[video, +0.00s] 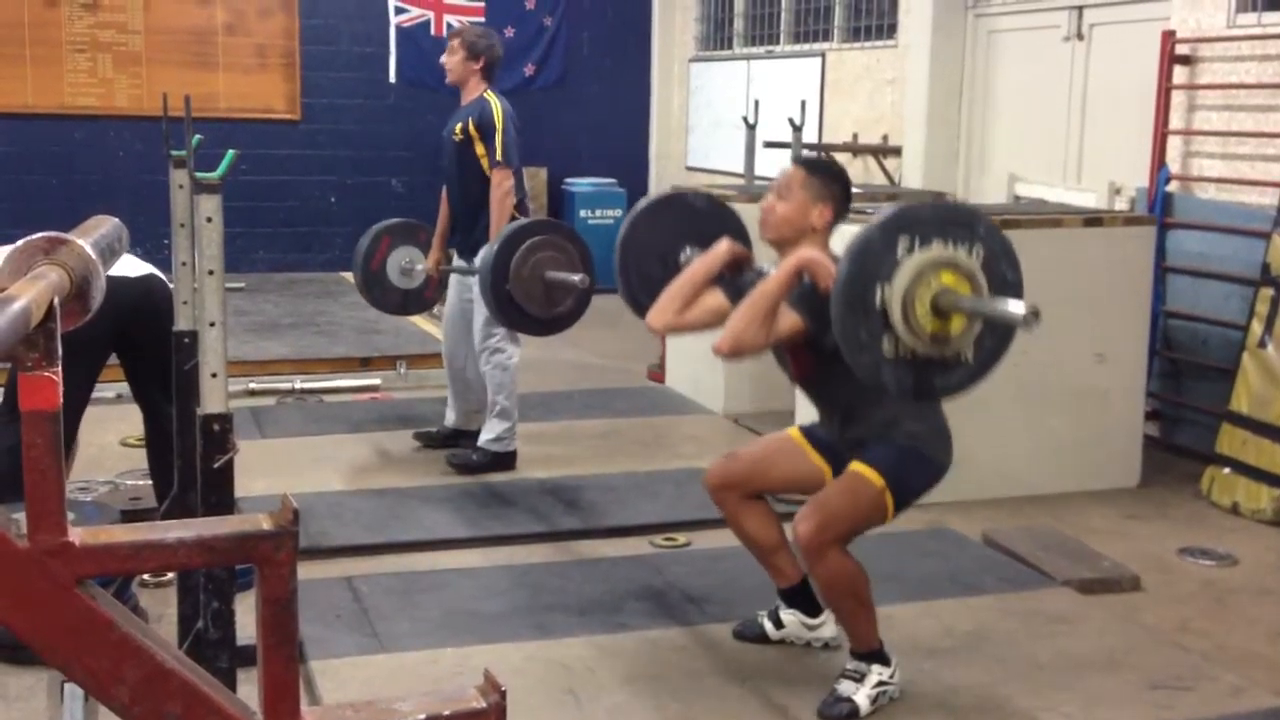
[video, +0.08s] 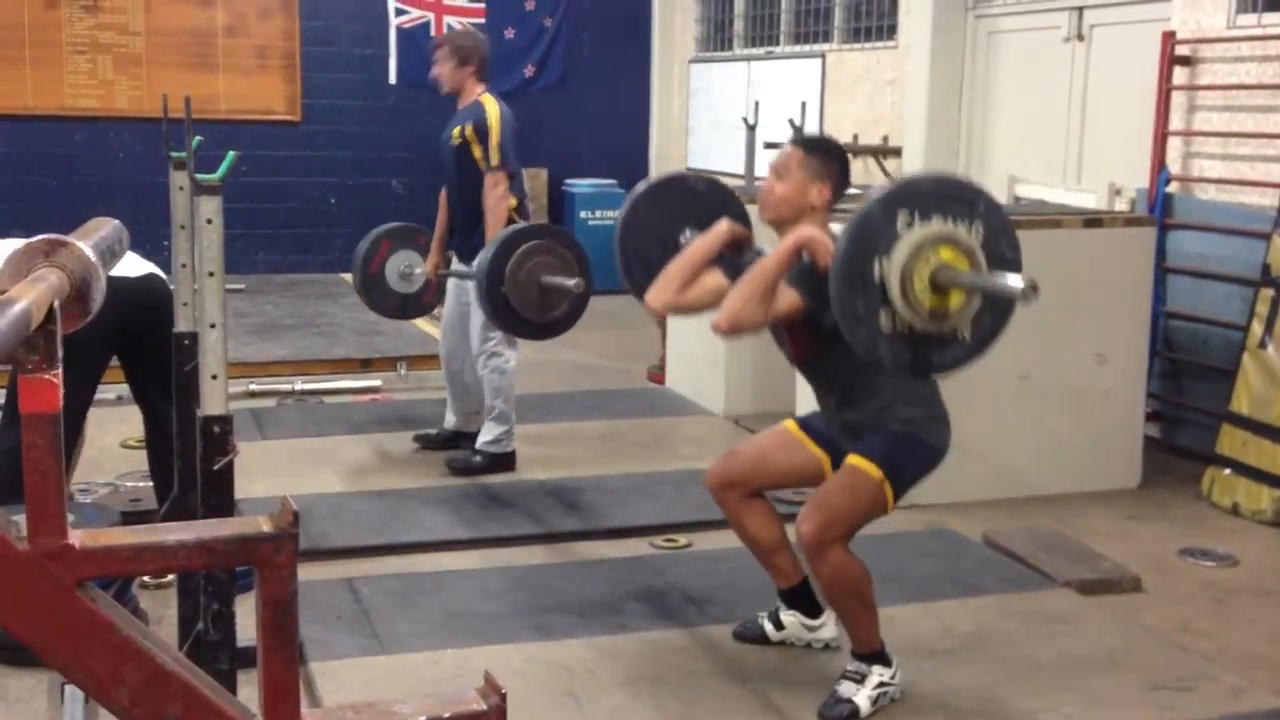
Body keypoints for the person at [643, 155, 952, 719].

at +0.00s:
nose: (766, 204)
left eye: (782, 195)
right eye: (771, 193)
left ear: (819, 214)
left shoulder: (828, 284)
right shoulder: (772, 283)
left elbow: (732, 344)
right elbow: (662, 318)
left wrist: (792, 263)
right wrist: (719, 255)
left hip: (907, 437)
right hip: (843, 431)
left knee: (813, 532)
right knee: (726, 480)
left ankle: (873, 663)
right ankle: (807, 614)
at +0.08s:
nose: (764, 184)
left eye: (779, 176)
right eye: (769, 173)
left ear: (818, 192)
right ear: (802, 195)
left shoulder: (827, 261)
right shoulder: (773, 262)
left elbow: (731, 321)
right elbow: (662, 298)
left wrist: (796, 239)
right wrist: (720, 233)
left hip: (906, 423)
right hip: (844, 418)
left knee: (817, 531)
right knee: (727, 479)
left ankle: (874, 665)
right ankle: (805, 615)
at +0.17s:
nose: (763, 162)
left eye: (778, 153)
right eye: (768, 151)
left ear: (821, 171)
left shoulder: (831, 242)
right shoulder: (777, 243)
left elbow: (731, 295)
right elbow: (662, 277)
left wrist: (797, 215)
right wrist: (727, 210)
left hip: (902, 408)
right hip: (840, 404)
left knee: (820, 531)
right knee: (729, 477)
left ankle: (876, 667)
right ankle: (806, 616)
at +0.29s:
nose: (774, 125)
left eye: (788, 116)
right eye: (777, 115)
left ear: (829, 135)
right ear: (798, 135)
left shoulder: (835, 197)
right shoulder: (779, 202)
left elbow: (735, 246)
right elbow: (662, 233)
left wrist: (794, 179)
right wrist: (733, 169)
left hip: (892, 386)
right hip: (835, 381)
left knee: (822, 524)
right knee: (740, 477)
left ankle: (879, 672)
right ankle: (811, 621)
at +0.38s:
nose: (777, 93)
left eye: (792, 83)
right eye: (780, 81)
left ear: (831, 100)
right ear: (798, 99)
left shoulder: (837, 163)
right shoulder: (777, 164)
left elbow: (741, 203)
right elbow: (663, 197)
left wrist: (795, 143)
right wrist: (733, 141)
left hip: (883, 360)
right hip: (832, 355)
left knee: (829, 514)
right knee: (755, 469)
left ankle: (879, 673)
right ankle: (810, 622)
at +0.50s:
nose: (783, 50)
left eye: (799, 39)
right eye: (788, 38)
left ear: (839, 57)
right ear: (796, 55)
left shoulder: (838, 125)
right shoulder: (779, 122)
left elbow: (738, 155)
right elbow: (666, 152)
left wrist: (803, 93)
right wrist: (734, 98)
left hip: (864, 334)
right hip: (813, 330)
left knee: (834, 492)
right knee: (780, 474)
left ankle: (875, 669)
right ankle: (813, 624)